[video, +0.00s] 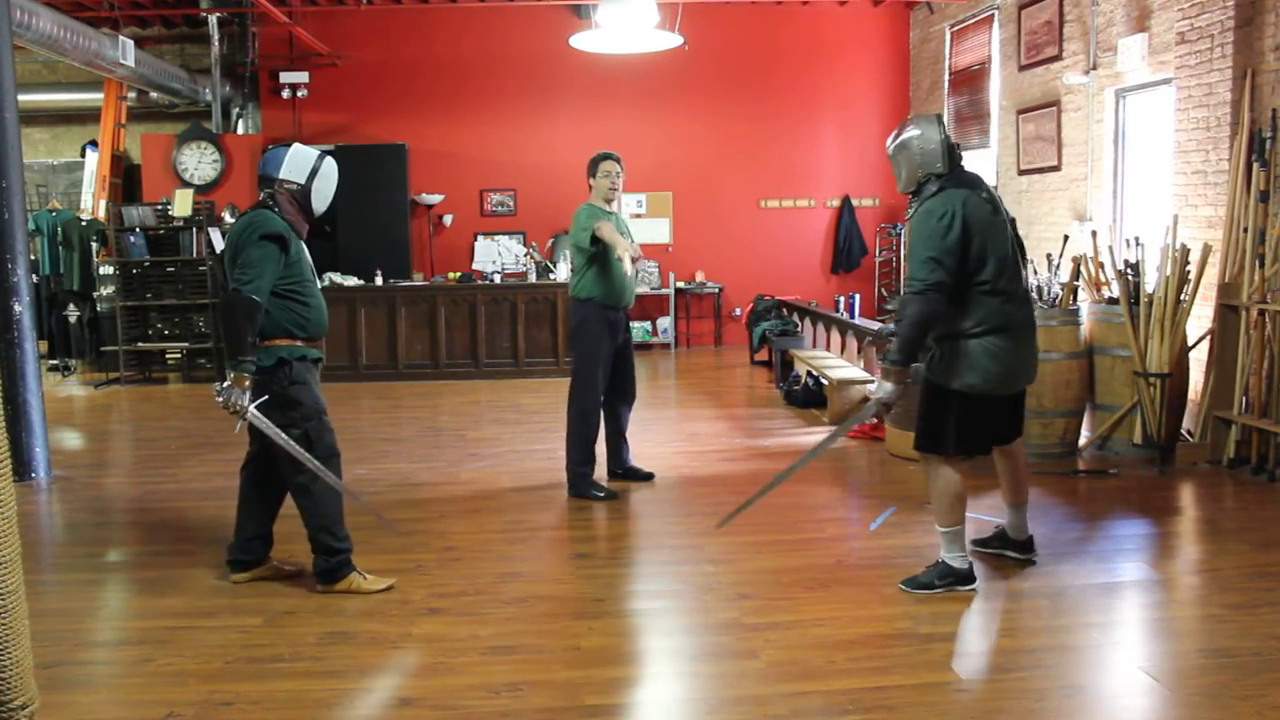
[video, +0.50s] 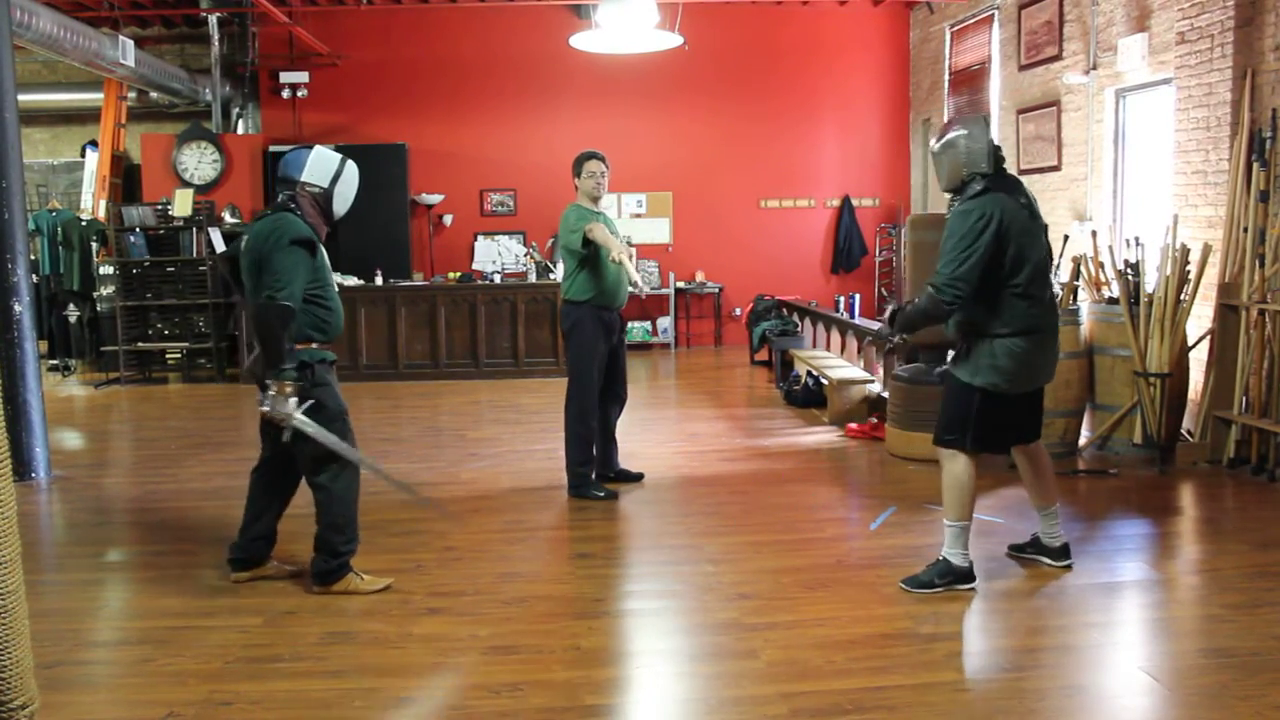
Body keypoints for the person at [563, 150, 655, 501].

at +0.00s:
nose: (614, 180)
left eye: (618, 175)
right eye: (607, 175)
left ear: (622, 182)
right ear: (592, 180)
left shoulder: (618, 220)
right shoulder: (586, 212)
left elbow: (631, 248)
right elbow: (605, 232)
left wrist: (632, 251)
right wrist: (624, 249)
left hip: (616, 314)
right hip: (591, 312)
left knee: (620, 393)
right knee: (587, 396)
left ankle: (619, 464)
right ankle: (580, 479)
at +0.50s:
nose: (599, 180)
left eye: (603, 175)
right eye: (591, 175)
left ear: (608, 180)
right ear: (577, 180)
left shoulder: (606, 220)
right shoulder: (573, 214)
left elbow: (620, 253)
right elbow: (596, 233)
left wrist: (629, 267)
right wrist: (617, 248)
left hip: (609, 314)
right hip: (583, 314)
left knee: (612, 394)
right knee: (584, 396)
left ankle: (607, 467)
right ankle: (579, 479)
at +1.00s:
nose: (601, 180)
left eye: (605, 175)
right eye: (593, 175)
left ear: (609, 181)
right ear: (579, 180)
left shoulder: (605, 220)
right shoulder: (574, 214)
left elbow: (619, 253)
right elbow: (598, 231)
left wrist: (639, 262)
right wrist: (620, 247)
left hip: (609, 314)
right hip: (584, 314)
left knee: (610, 395)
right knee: (584, 396)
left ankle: (606, 467)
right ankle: (580, 480)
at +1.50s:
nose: (601, 181)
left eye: (605, 176)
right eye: (593, 175)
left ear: (608, 181)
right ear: (577, 181)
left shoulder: (603, 218)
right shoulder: (574, 213)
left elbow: (615, 251)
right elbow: (595, 229)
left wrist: (633, 257)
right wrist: (620, 245)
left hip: (609, 316)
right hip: (584, 316)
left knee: (610, 395)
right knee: (583, 398)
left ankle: (606, 466)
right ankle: (580, 480)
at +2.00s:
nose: (599, 180)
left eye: (603, 175)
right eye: (591, 175)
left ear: (608, 181)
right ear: (577, 180)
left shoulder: (603, 218)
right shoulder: (573, 212)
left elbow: (612, 244)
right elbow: (594, 227)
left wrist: (624, 248)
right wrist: (616, 243)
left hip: (608, 315)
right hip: (583, 315)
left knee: (610, 395)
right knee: (584, 396)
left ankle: (606, 467)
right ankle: (580, 480)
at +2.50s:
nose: (599, 181)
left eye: (603, 176)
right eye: (591, 176)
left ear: (608, 181)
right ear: (577, 181)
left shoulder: (603, 219)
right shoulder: (573, 213)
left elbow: (615, 249)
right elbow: (592, 229)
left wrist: (624, 249)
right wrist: (613, 244)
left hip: (609, 315)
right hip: (583, 315)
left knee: (611, 394)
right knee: (584, 397)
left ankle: (606, 466)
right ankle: (581, 480)